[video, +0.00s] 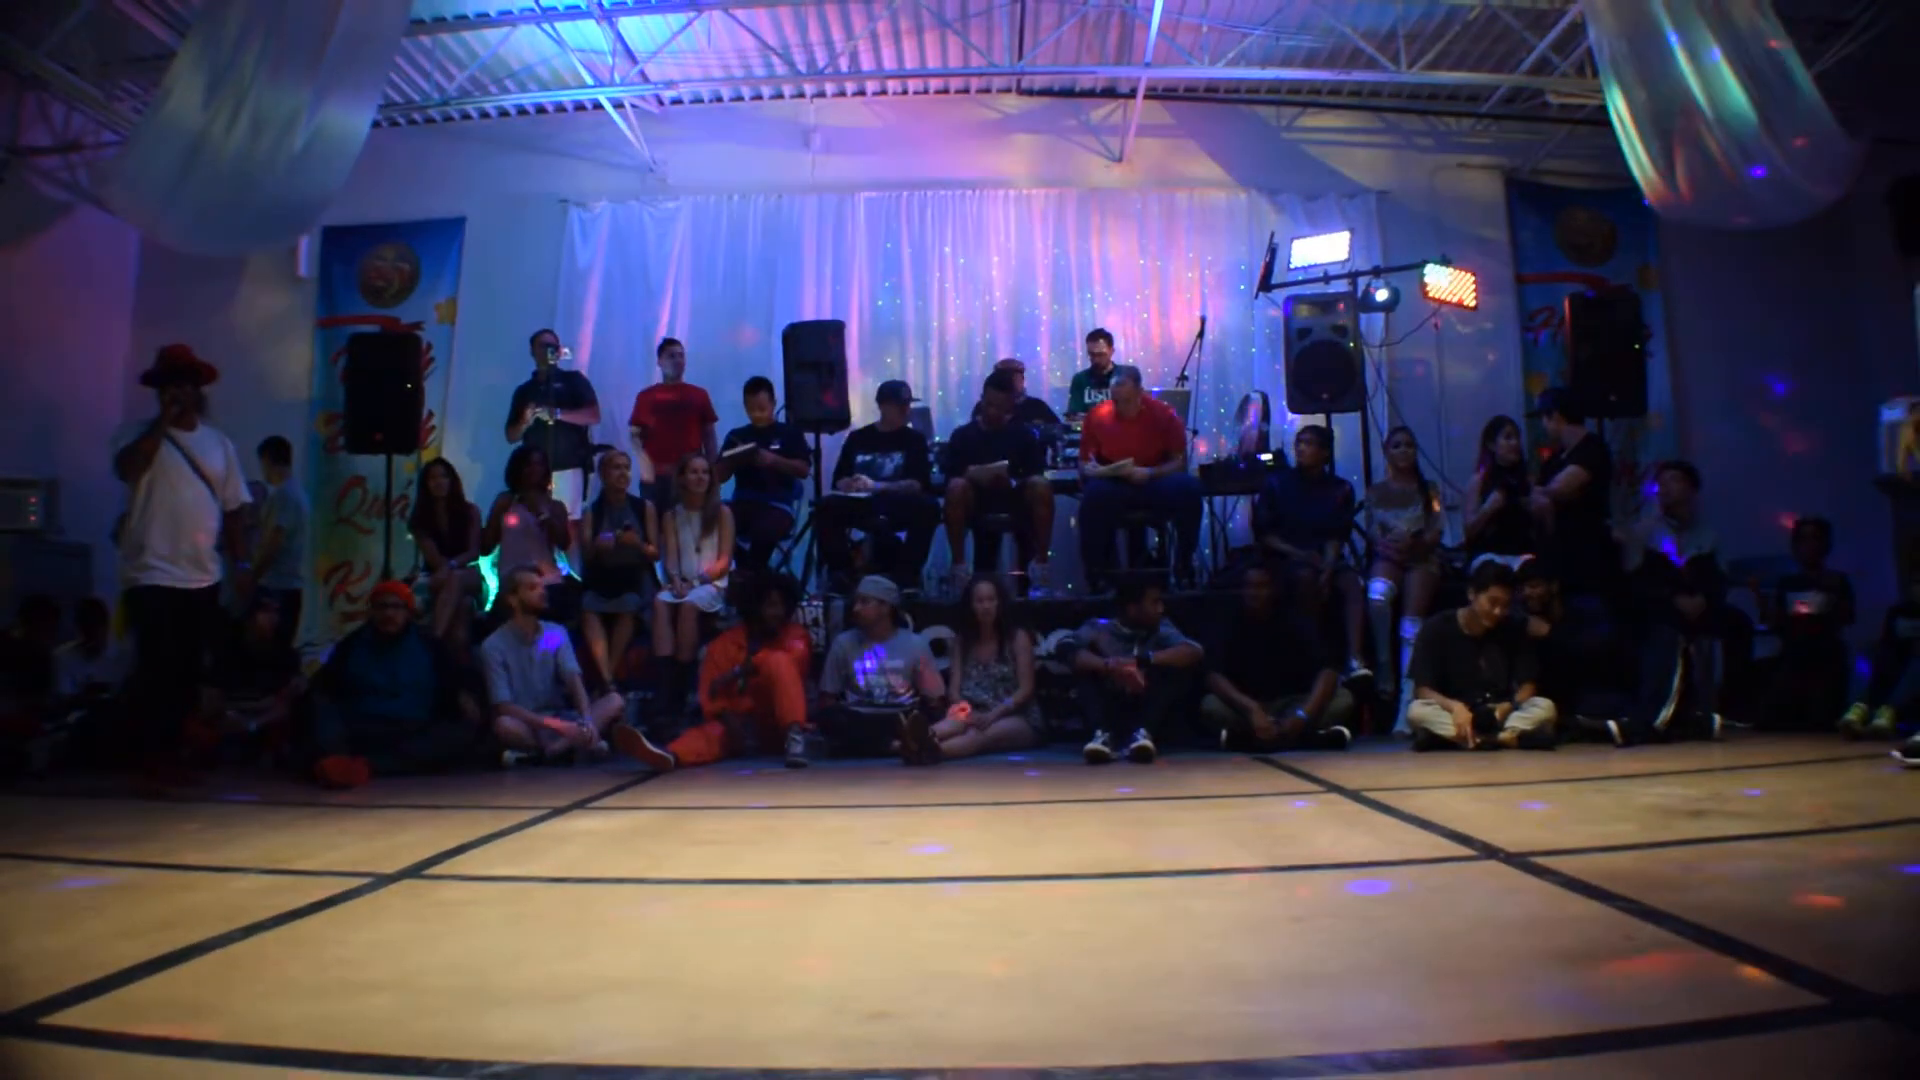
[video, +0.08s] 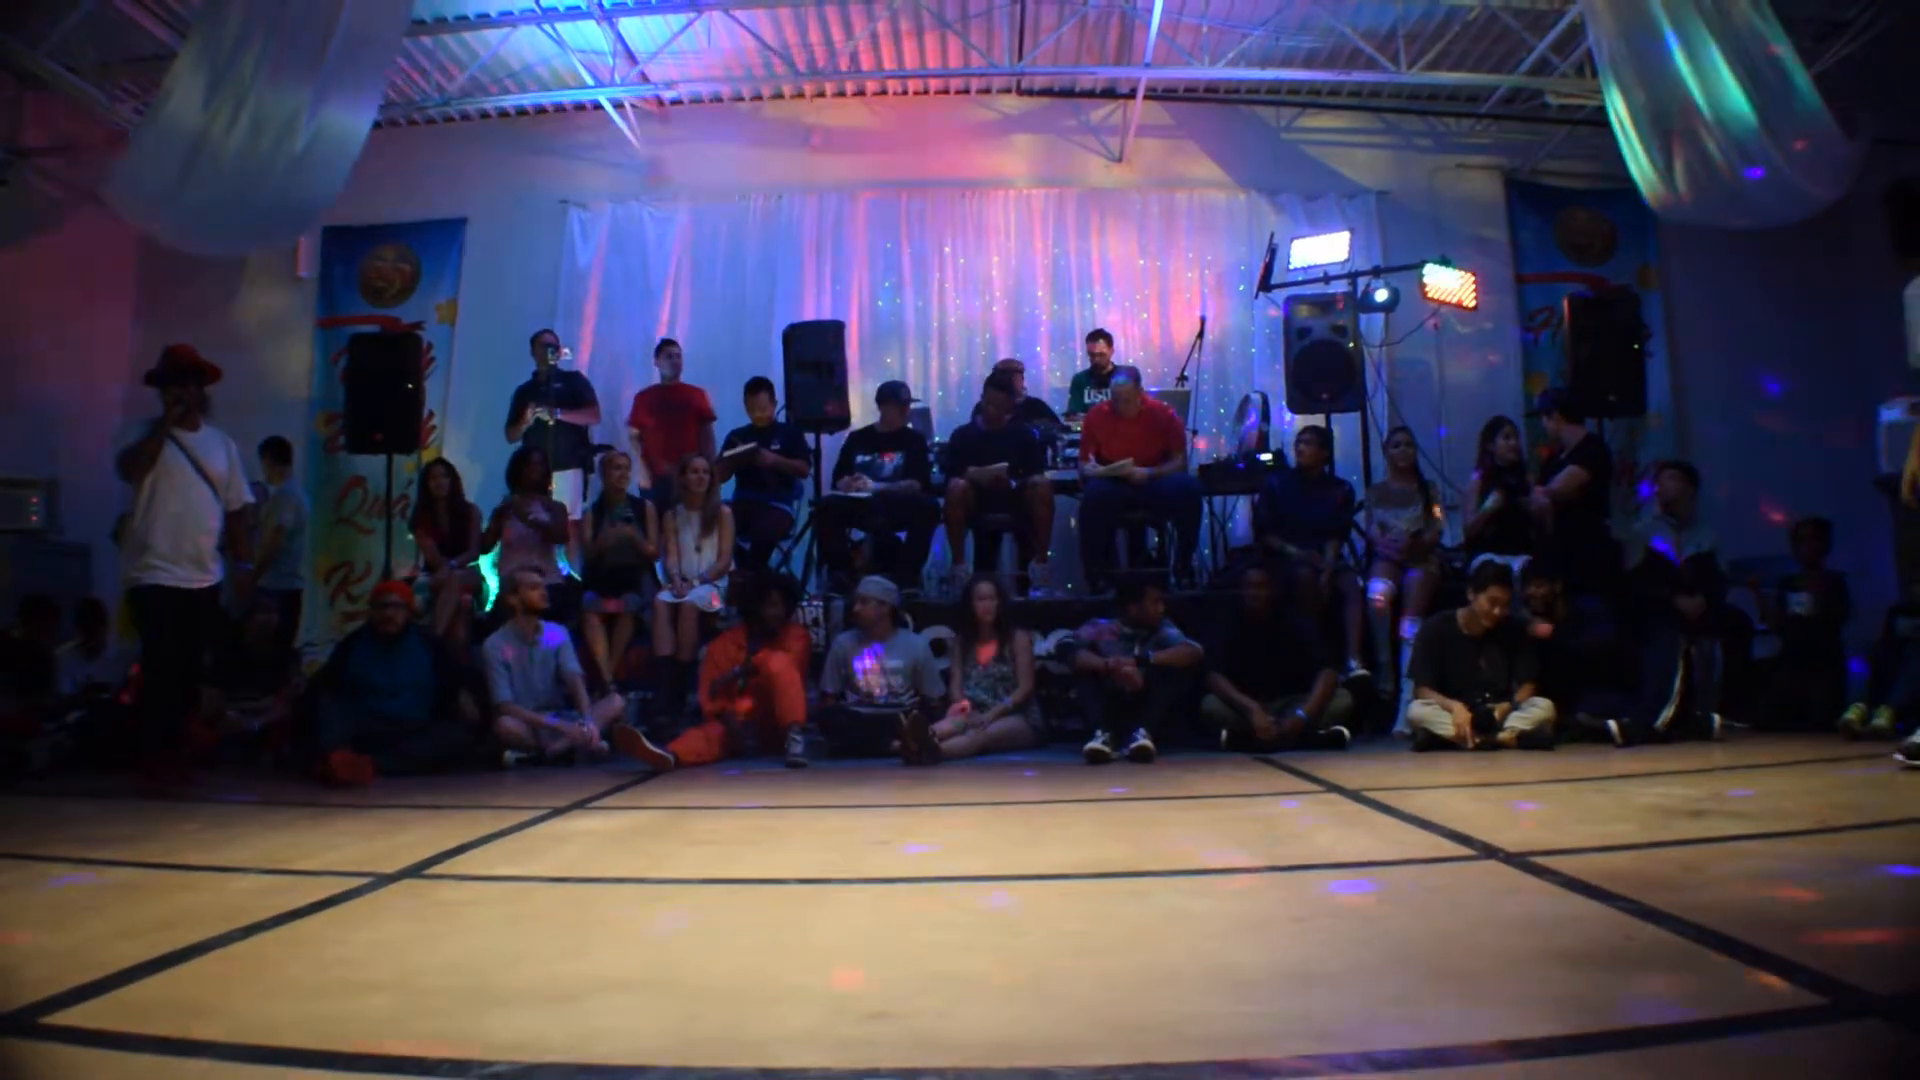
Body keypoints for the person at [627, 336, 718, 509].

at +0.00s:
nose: (677, 361)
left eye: (680, 355)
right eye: (671, 356)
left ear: (685, 360)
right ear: (659, 361)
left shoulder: (699, 395)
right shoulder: (646, 396)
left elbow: (709, 435)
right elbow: (635, 434)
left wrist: (712, 470)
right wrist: (644, 462)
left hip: (691, 477)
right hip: (656, 477)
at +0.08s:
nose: (674, 361)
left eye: (678, 356)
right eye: (668, 357)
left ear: (682, 360)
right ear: (657, 362)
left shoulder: (697, 395)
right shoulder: (644, 398)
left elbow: (708, 435)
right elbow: (634, 436)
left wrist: (709, 471)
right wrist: (643, 471)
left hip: (690, 477)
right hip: (656, 478)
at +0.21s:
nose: (671, 361)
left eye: (674, 356)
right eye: (665, 356)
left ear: (678, 360)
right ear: (653, 362)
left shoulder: (694, 395)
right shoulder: (641, 398)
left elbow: (705, 435)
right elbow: (632, 441)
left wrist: (706, 473)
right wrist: (628, 477)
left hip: (688, 479)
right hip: (653, 478)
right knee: (651, 537)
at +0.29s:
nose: (670, 361)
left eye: (673, 356)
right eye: (664, 356)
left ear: (678, 360)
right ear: (653, 362)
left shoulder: (694, 394)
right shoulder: (640, 398)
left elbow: (705, 435)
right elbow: (631, 441)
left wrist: (705, 473)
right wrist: (623, 481)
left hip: (687, 479)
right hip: (653, 478)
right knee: (651, 536)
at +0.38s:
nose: (671, 360)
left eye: (674, 355)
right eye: (664, 356)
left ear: (678, 359)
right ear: (653, 361)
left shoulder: (695, 394)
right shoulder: (641, 398)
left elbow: (706, 435)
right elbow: (629, 441)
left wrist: (706, 472)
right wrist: (622, 480)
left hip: (688, 479)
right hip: (654, 478)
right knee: (652, 535)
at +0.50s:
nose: (673, 359)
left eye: (676, 354)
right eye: (667, 355)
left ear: (680, 359)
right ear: (655, 361)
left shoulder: (696, 393)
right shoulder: (642, 397)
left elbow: (707, 435)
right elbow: (630, 440)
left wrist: (709, 472)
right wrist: (624, 479)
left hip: (689, 478)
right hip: (654, 477)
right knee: (652, 536)